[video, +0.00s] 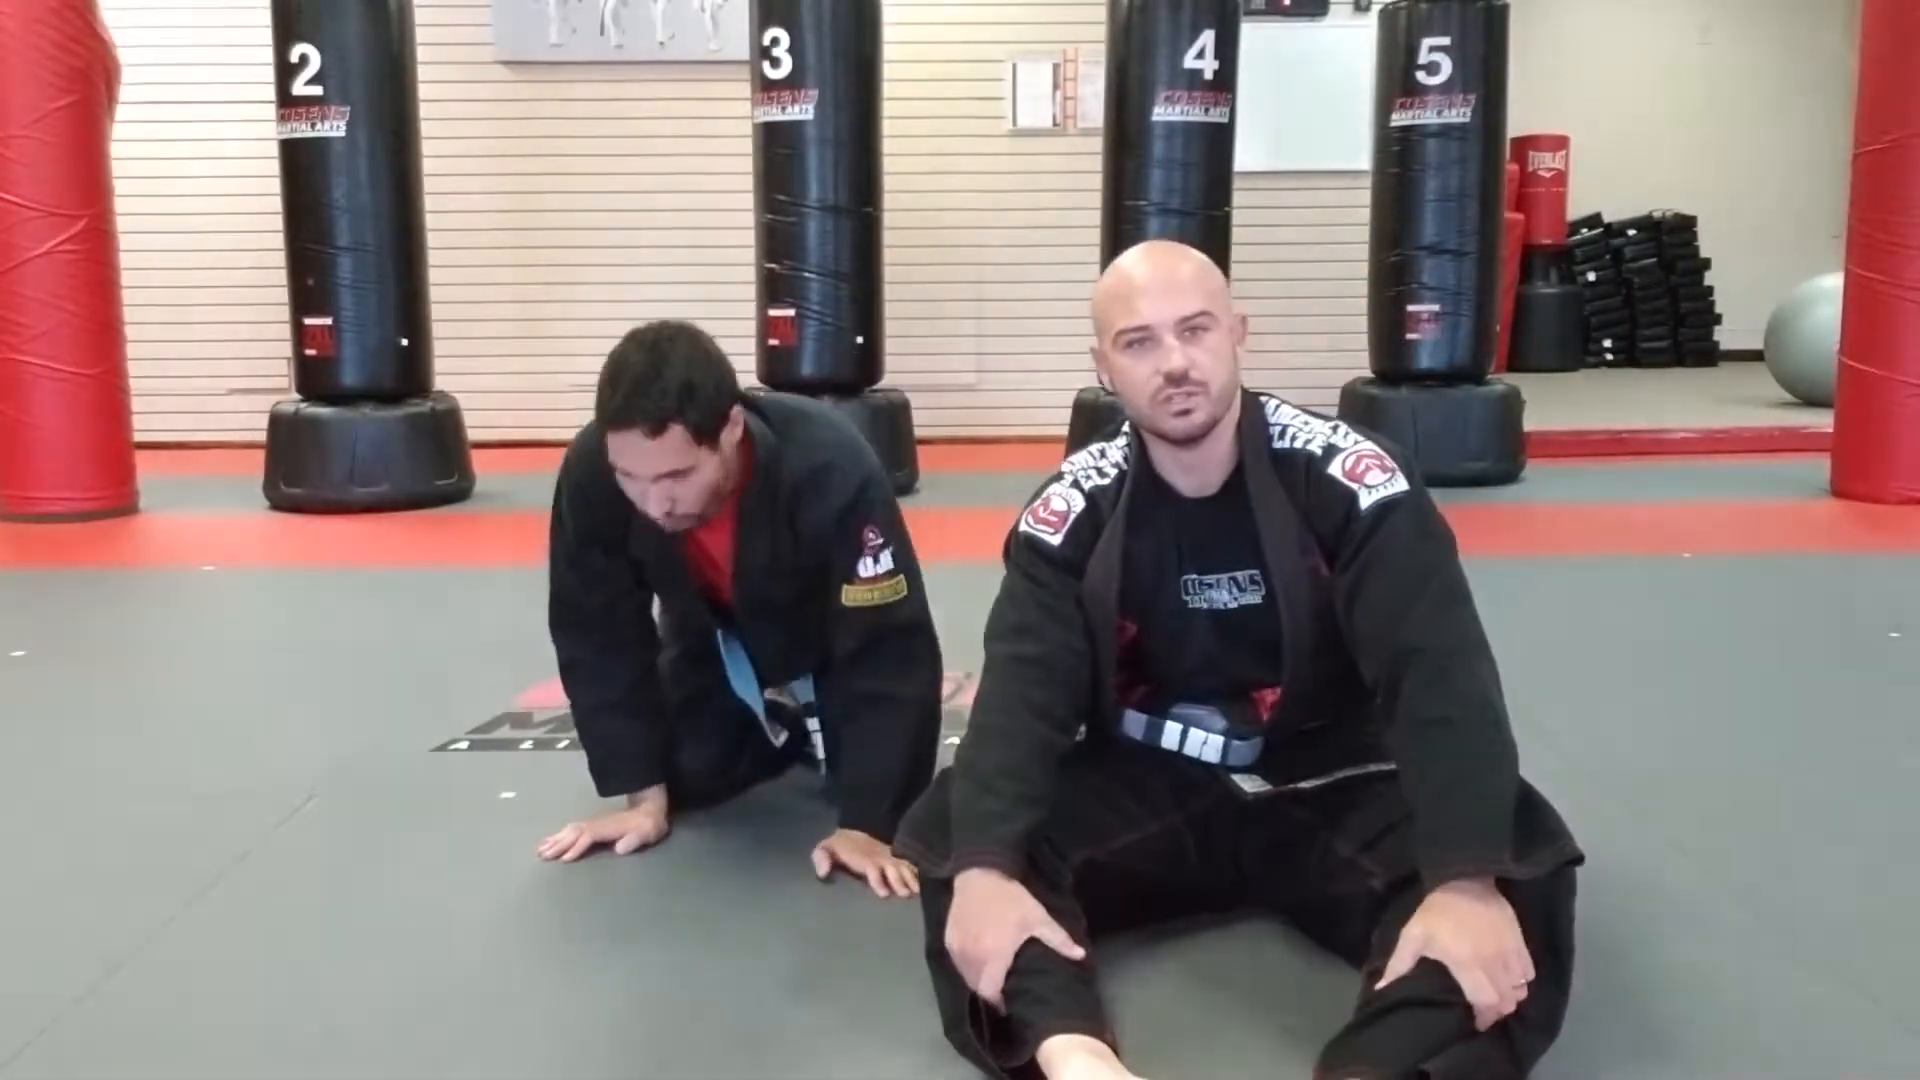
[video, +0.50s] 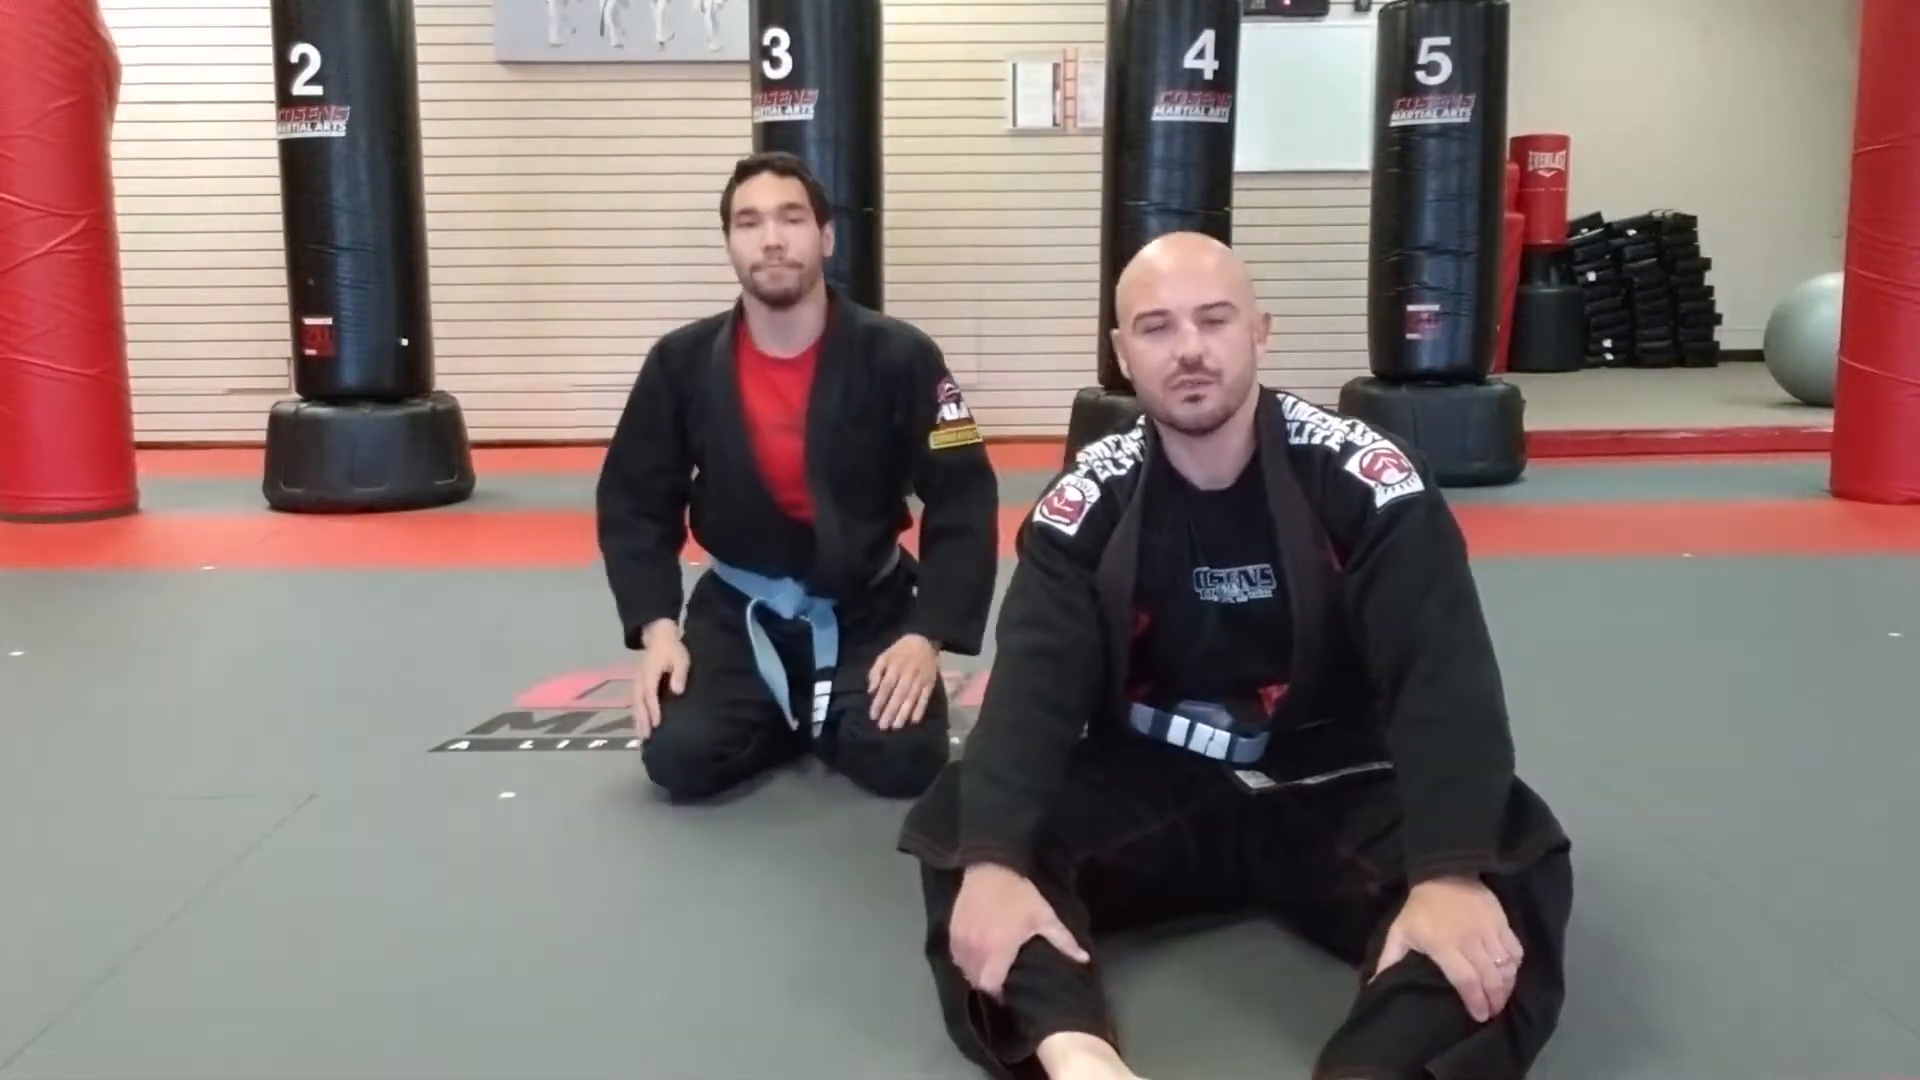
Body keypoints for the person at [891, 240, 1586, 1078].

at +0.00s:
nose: (1175, 363)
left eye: (1196, 331)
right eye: (1139, 343)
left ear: (1239, 335)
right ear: (1105, 367)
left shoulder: (1350, 479)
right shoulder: (1073, 510)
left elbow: (1441, 673)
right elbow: (1022, 697)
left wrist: (1466, 878)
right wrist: (984, 866)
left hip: (1335, 795)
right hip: (1146, 793)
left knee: (1514, 855)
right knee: (958, 831)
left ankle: (1374, 1060)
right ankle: (1076, 1057)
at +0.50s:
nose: (1188, 349)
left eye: (1214, 320)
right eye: (1156, 328)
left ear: (1260, 334)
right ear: (1121, 352)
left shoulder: (1359, 471)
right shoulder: (1089, 497)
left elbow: (1443, 673)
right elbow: (1032, 688)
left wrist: (1449, 871)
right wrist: (989, 860)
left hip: (1337, 797)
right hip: (1149, 793)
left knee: (1511, 848)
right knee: (965, 825)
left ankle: (1371, 1063)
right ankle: (1082, 1062)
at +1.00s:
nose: (1285, 344)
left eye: (1317, 323)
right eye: (1258, 312)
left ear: (1351, 347)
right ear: (1205, 328)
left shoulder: (1419, 490)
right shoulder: (1136, 479)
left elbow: (1487, 701)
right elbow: (1065, 675)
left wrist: (1511, 905)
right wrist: (1017, 858)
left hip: (1356, 815)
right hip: (1163, 800)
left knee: (1540, 877)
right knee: (979, 812)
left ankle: (1404, 1059)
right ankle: (1080, 1059)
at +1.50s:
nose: (1293, 355)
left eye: (1321, 330)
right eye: (1264, 323)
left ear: (1350, 347)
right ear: (1204, 336)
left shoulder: (1416, 489)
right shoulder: (1137, 482)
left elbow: (1484, 696)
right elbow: (1065, 677)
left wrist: (1504, 900)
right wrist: (1018, 856)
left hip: (1356, 809)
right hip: (1165, 796)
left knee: (1536, 875)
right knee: (981, 807)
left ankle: (1396, 1067)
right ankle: (1085, 1064)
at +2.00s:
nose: (1237, 381)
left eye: (1259, 346)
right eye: (1201, 354)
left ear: (1293, 341)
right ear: (1151, 365)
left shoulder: (1385, 483)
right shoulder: (1107, 498)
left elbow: (1470, 688)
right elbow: (1046, 689)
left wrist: (1491, 894)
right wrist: (1009, 865)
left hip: (1350, 808)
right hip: (1158, 800)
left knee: (1533, 868)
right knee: (968, 819)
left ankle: (1392, 1060)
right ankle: (1075, 1060)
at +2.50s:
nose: (1238, 341)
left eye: (1262, 314)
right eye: (1207, 319)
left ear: (1297, 328)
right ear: (1165, 341)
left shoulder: (1380, 467)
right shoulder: (1121, 474)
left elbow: (1445, 644)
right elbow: (1049, 637)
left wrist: (1450, 790)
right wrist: (1015, 707)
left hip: (1335, 784)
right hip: (1158, 777)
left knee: (1452, 824)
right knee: (1014, 783)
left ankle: (1341, 1058)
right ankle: (1090, 1046)